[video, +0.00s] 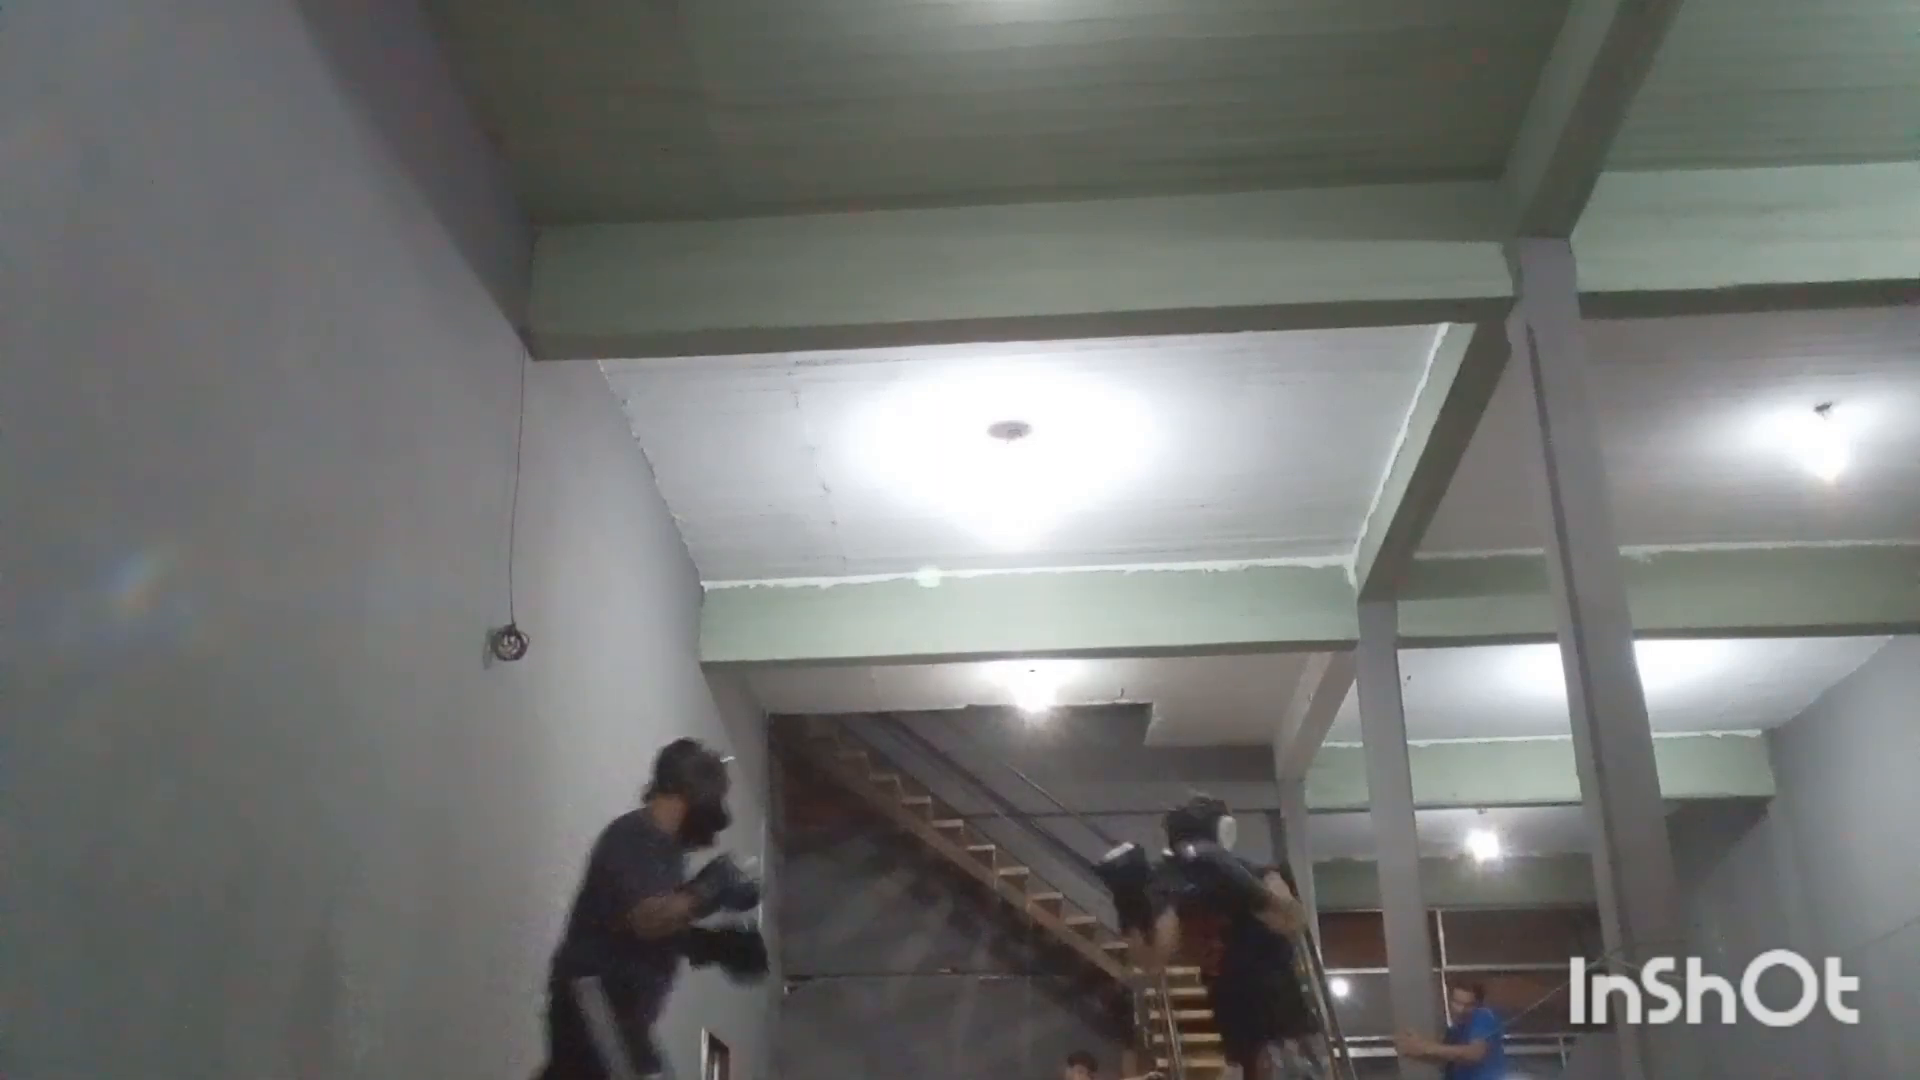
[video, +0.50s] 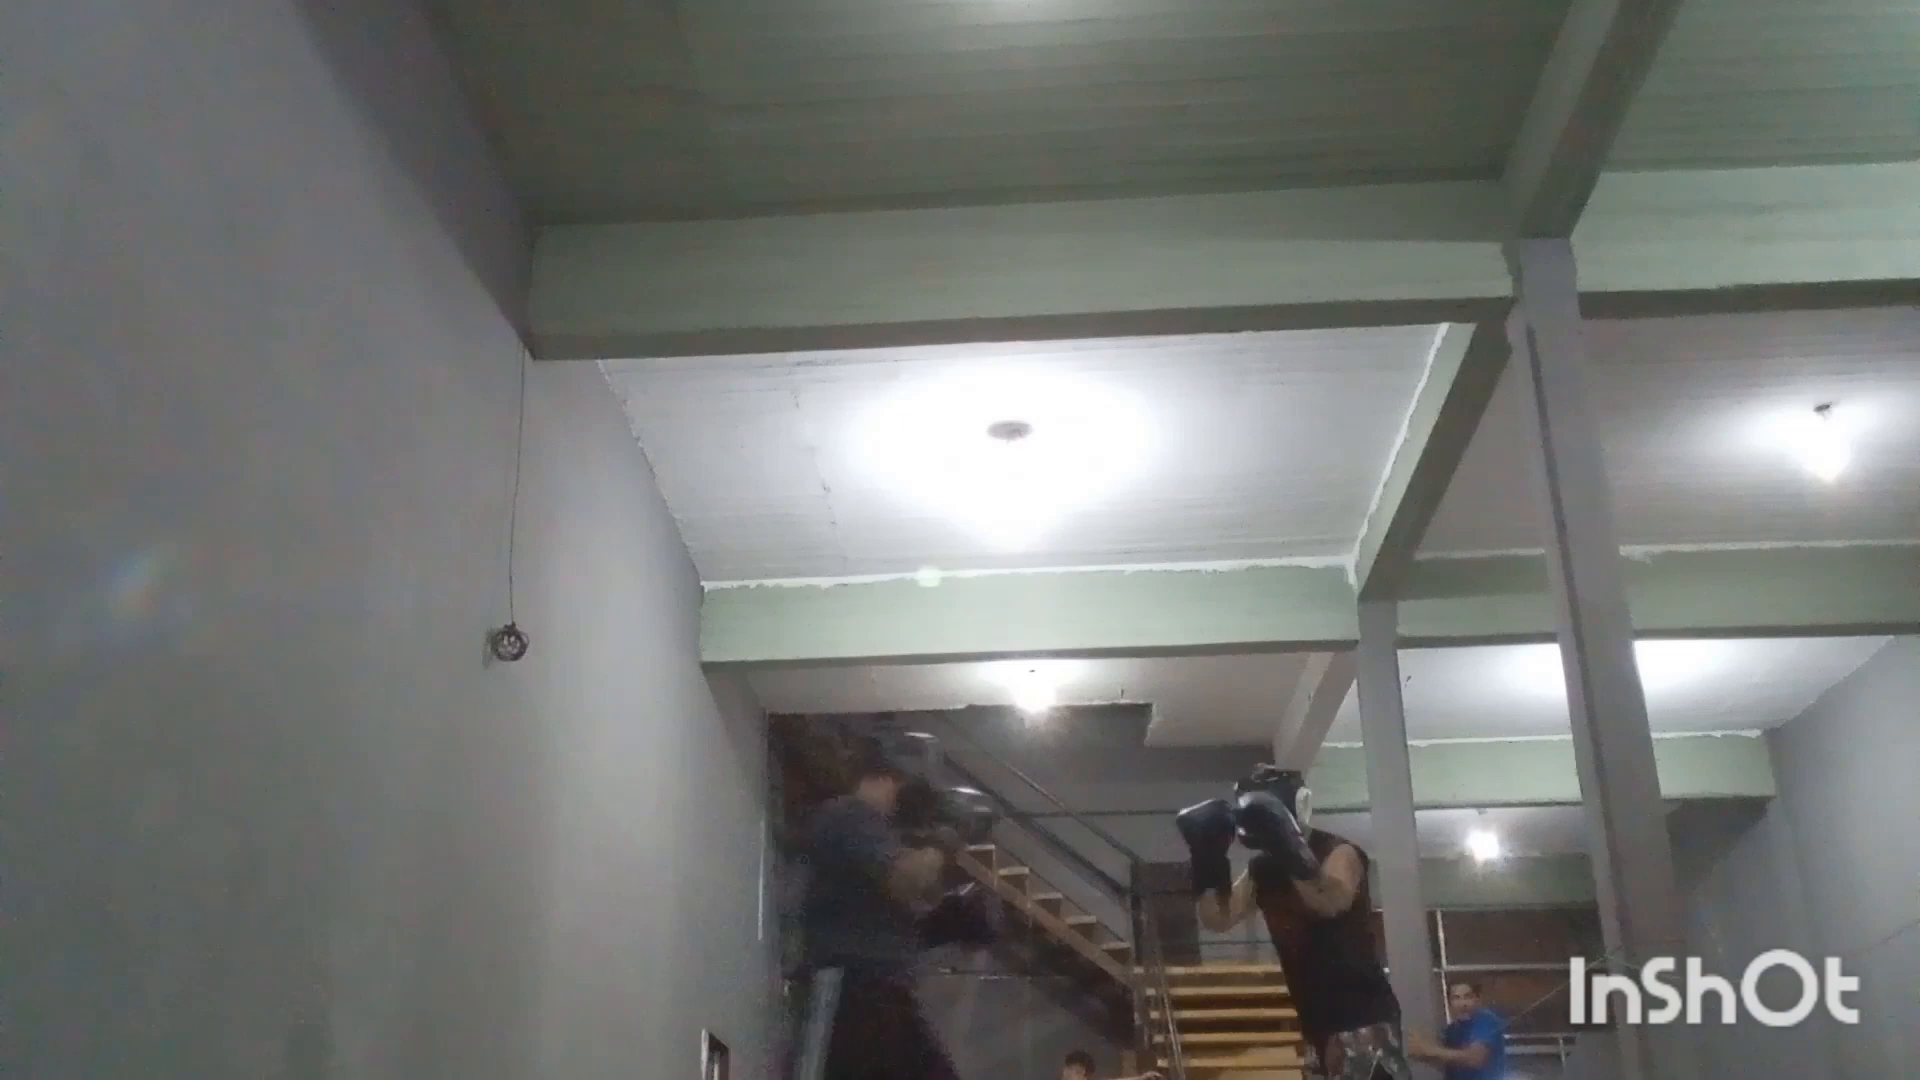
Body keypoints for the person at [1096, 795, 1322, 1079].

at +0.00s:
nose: (1195, 851)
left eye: (1203, 841)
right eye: (1185, 844)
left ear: (1224, 837)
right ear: (1173, 849)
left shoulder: (1259, 875)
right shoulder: (1173, 888)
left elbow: (1291, 922)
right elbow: (1151, 958)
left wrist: (1227, 869)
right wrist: (1127, 893)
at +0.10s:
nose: (1213, 853)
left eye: (1222, 842)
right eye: (1203, 844)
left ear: (1246, 837)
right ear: (1192, 848)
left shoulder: (1284, 882)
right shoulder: (1208, 894)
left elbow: (1311, 944)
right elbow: (1183, 959)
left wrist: (1250, 898)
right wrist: (1158, 902)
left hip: (1313, 1050)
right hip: (1258, 1052)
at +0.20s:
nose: (1225, 845)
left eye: (1236, 834)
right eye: (1219, 835)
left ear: (1265, 828)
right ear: (1212, 836)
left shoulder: (1303, 875)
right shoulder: (1230, 884)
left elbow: (1317, 942)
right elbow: (1213, 961)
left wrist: (1257, 902)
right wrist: (1182, 909)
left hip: (1329, 1032)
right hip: (1283, 1034)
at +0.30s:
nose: (1231, 840)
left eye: (1239, 828)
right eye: (1227, 829)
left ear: (1268, 822)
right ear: (1223, 829)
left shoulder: (1316, 867)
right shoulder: (1248, 881)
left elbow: (1319, 929)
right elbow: (1219, 953)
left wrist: (1266, 884)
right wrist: (1192, 903)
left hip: (1338, 1021)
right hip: (1293, 1024)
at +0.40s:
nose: (1233, 840)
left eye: (1243, 826)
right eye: (1231, 831)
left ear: (1279, 817)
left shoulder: (1330, 858)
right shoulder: (1253, 874)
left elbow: (1314, 905)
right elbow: (1218, 931)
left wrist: (1271, 850)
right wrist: (1194, 874)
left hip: (1353, 1013)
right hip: (1306, 1019)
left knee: (1357, 1072)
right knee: (1322, 1075)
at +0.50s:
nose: (1258, 818)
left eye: (1268, 805)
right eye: (1249, 807)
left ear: (1301, 803)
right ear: (1242, 813)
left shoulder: (1342, 854)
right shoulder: (1263, 869)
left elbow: (1330, 903)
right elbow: (1217, 919)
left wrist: (1288, 846)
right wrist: (1208, 852)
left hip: (1365, 1017)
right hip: (1315, 1022)